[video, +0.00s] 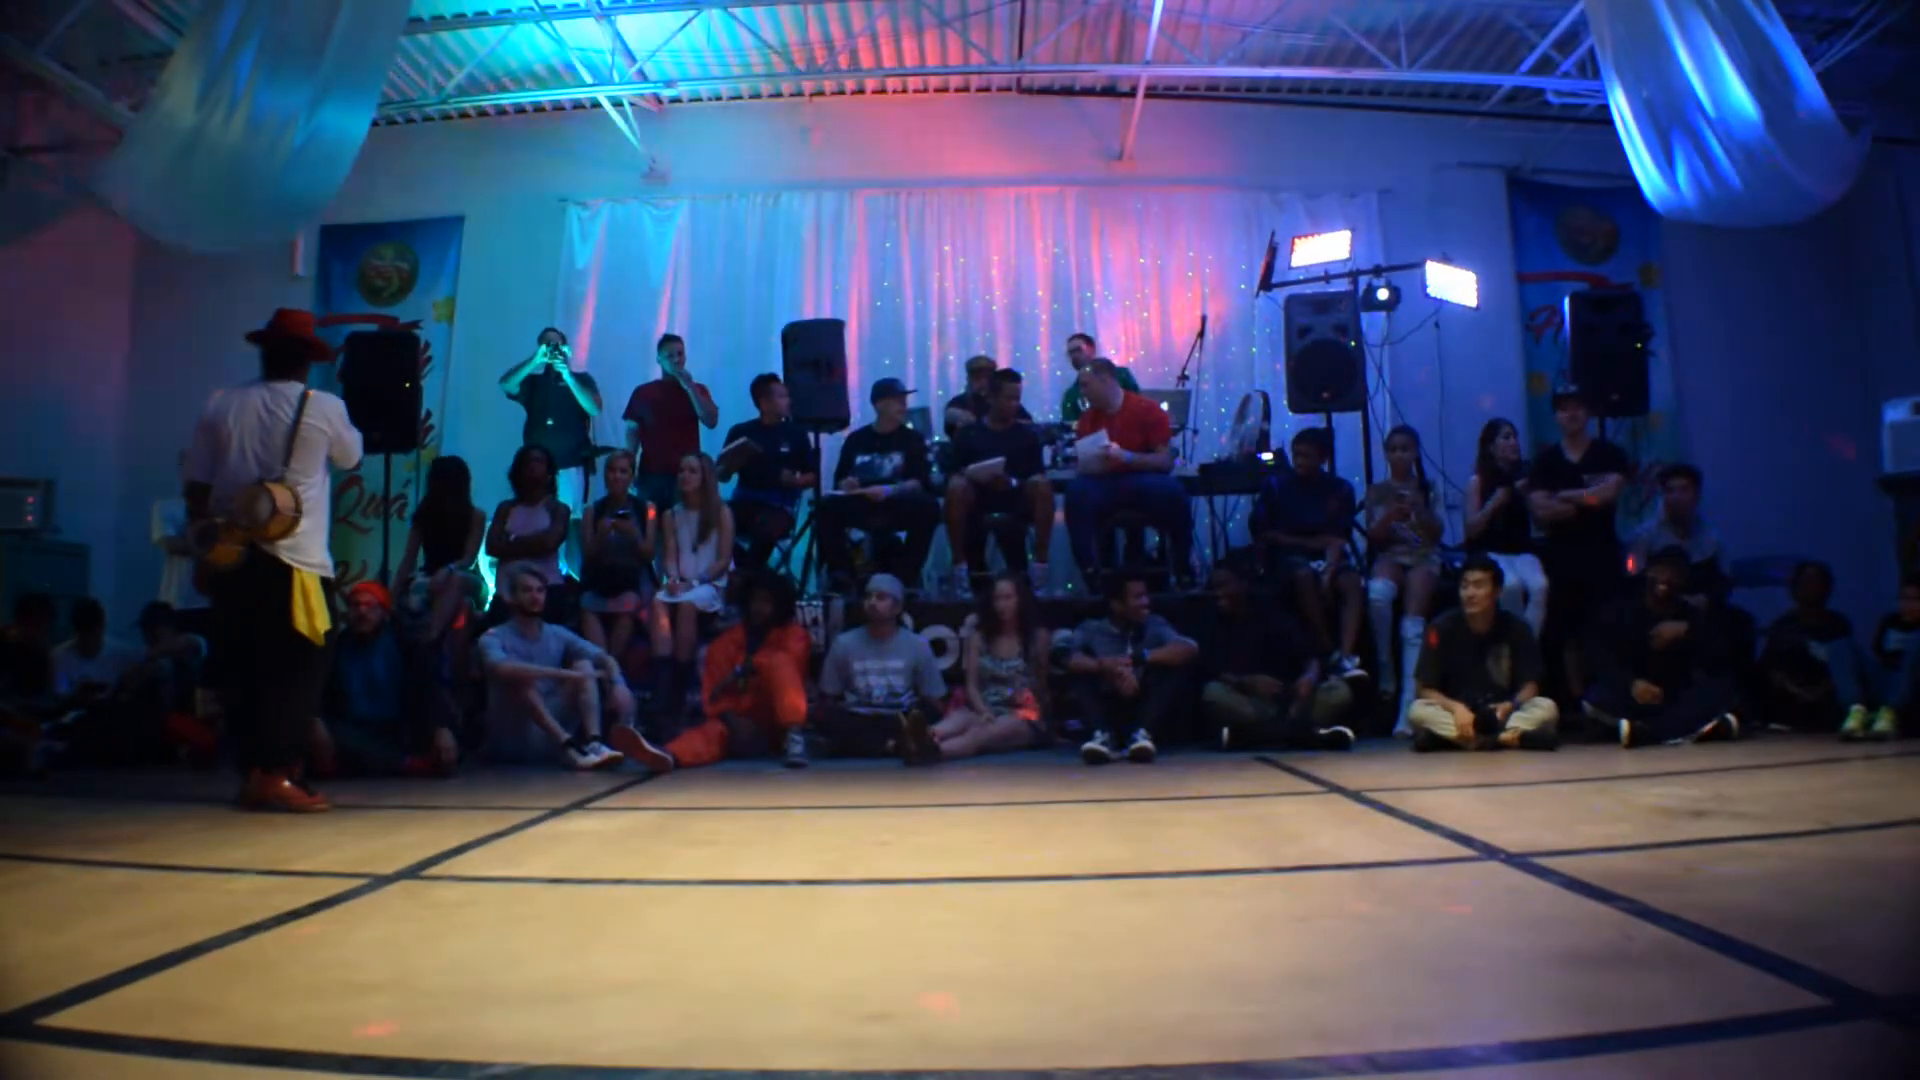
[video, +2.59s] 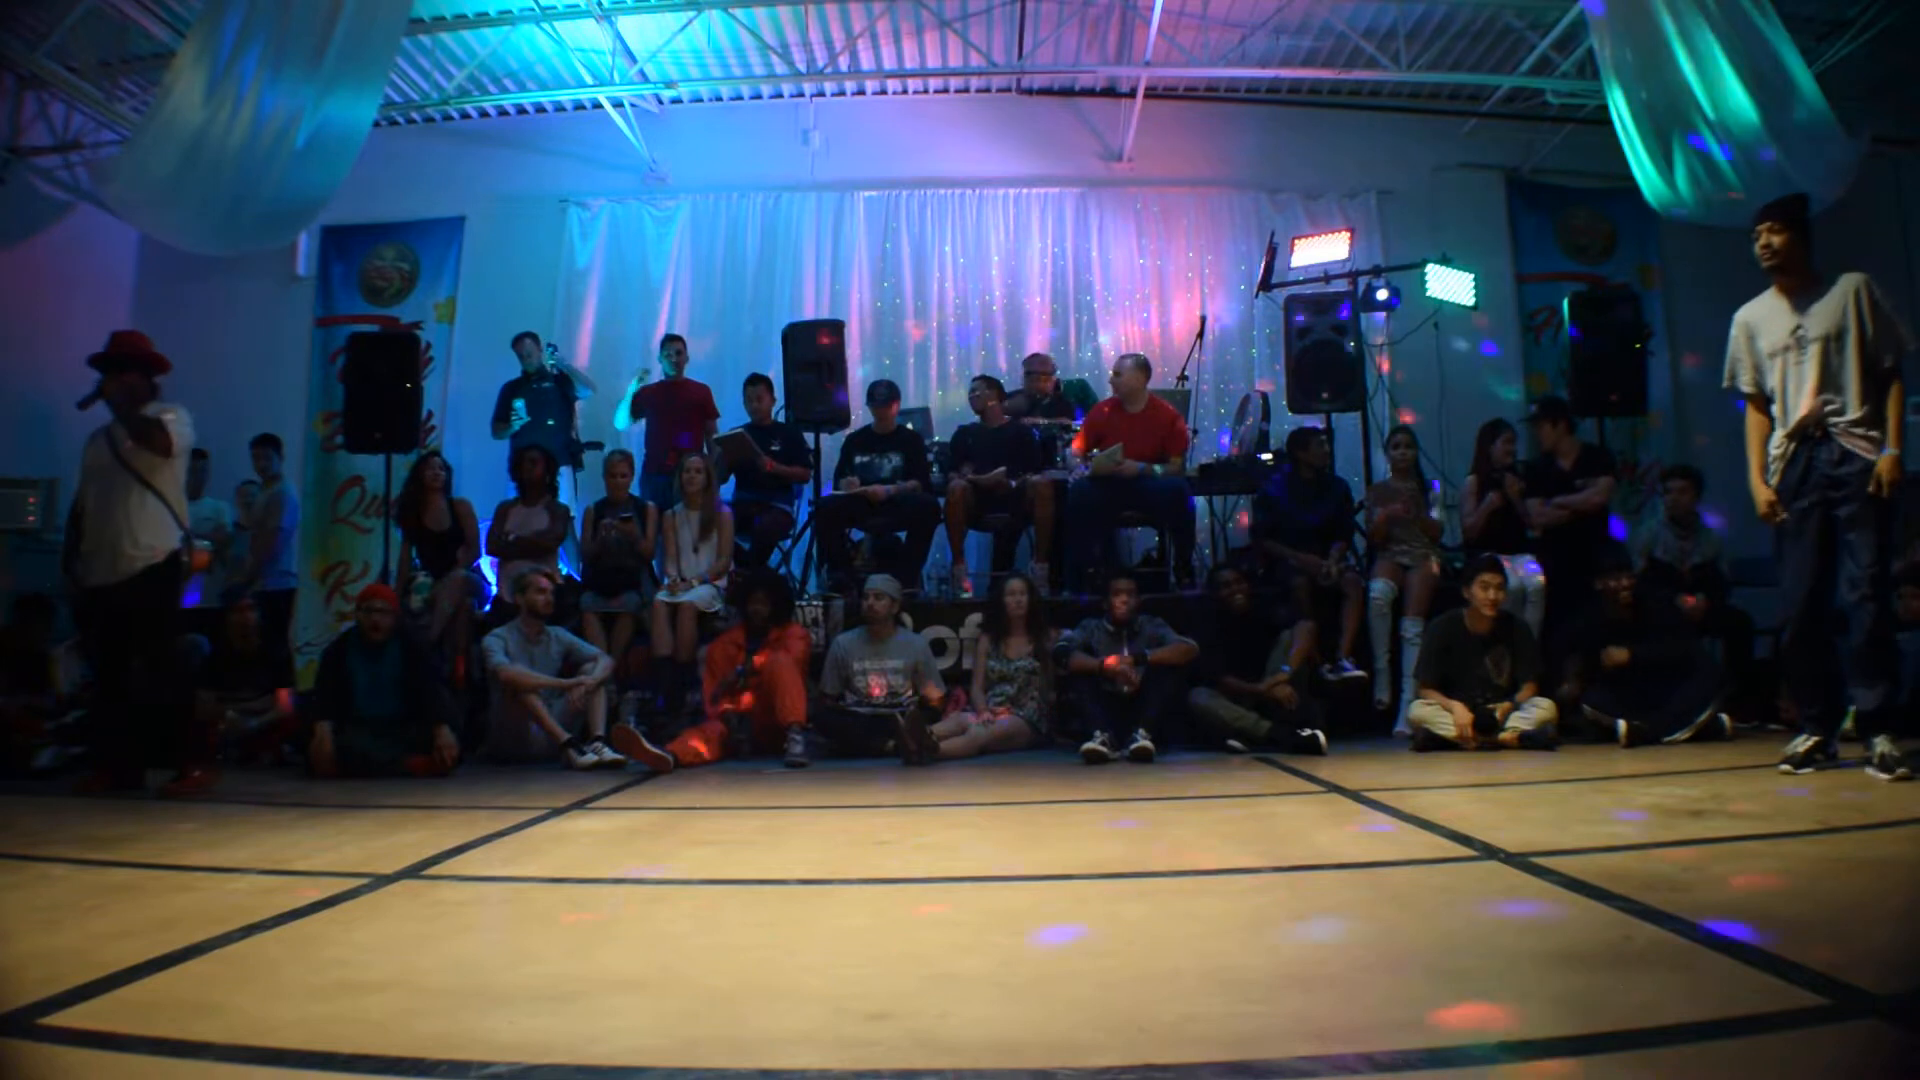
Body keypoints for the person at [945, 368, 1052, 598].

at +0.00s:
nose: (1016, 405)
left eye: (1018, 398)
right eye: (1010, 398)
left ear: (1020, 398)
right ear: (991, 398)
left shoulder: (1027, 434)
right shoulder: (969, 433)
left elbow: (1037, 473)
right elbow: (954, 470)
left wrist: (1009, 482)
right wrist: (974, 476)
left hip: (1014, 491)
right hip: (979, 491)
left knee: (1042, 487)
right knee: (957, 488)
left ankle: (1041, 563)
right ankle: (959, 566)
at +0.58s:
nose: (989, 395)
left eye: (995, 388)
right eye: (985, 389)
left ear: (1009, 394)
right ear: (978, 395)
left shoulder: (1027, 431)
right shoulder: (968, 432)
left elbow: (1037, 472)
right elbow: (955, 468)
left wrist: (1010, 482)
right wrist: (973, 475)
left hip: (1014, 490)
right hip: (980, 490)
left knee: (1041, 485)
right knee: (957, 487)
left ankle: (1039, 560)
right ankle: (959, 564)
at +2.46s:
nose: (971, 395)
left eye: (976, 390)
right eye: (970, 391)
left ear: (995, 396)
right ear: (970, 402)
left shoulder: (1021, 432)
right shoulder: (964, 434)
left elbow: (1034, 471)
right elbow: (953, 473)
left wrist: (1010, 483)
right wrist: (981, 481)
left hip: (1012, 492)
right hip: (977, 493)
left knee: (1042, 485)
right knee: (957, 489)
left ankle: (1040, 561)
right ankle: (958, 565)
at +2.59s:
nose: (972, 395)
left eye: (978, 391)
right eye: (971, 392)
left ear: (996, 396)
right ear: (970, 401)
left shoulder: (1021, 431)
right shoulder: (965, 433)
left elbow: (1033, 471)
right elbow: (953, 474)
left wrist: (1010, 483)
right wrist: (982, 480)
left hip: (1012, 493)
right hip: (977, 494)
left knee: (1042, 485)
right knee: (957, 489)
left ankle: (1040, 564)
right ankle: (958, 566)